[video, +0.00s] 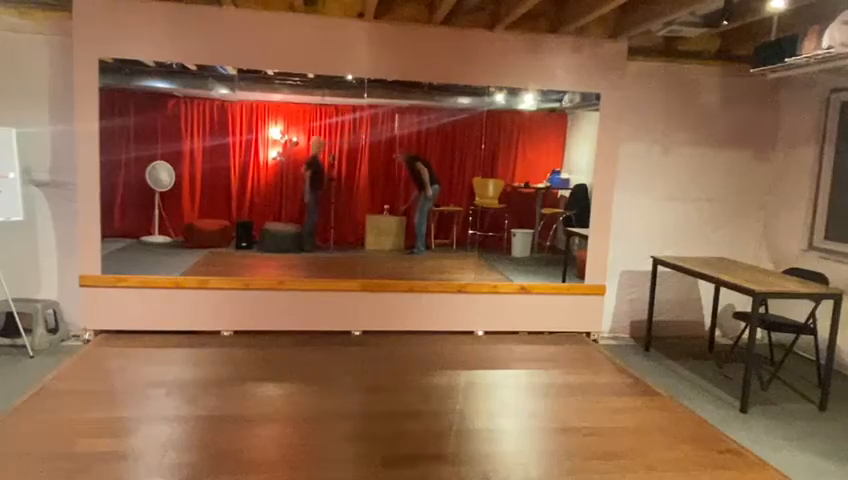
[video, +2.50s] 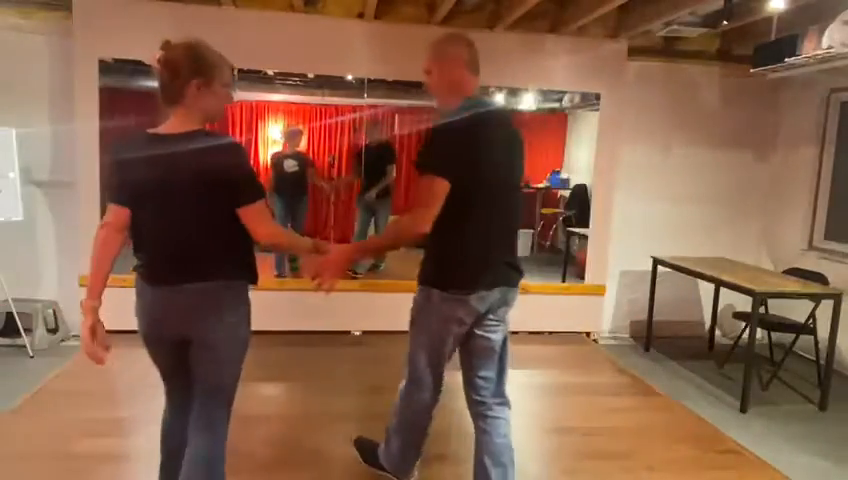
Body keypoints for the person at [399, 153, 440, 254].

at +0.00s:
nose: (399, 160)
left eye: (399, 157)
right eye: (397, 158)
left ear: (404, 156)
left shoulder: (413, 160)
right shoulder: (411, 166)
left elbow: (424, 170)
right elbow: (418, 190)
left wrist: (428, 188)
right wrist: (407, 205)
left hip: (431, 187)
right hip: (426, 188)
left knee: (421, 216)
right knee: (421, 216)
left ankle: (420, 246)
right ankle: (420, 246)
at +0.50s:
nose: (404, 148)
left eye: (405, 145)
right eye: (403, 145)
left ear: (412, 144)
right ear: (408, 146)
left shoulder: (420, 156)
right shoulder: (414, 158)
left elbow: (429, 172)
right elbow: (419, 175)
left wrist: (428, 191)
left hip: (424, 193)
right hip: (420, 192)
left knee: (416, 219)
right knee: (417, 219)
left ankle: (420, 246)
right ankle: (420, 245)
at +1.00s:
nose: (405, 144)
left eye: (408, 141)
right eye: (404, 142)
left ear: (414, 141)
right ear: (402, 143)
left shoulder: (422, 156)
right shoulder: (405, 157)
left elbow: (429, 177)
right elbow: (401, 177)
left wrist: (426, 197)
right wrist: (388, 186)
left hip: (420, 195)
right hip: (407, 193)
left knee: (420, 223)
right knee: (400, 221)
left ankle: (421, 247)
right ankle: (395, 247)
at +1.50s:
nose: (397, 137)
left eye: (400, 133)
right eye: (395, 133)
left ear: (405, 133)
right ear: (392, 134)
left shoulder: (412, 149)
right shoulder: (390, 150)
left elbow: (420, 171)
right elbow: (386, 170)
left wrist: (412, 191)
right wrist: (380, 183)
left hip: (405, 190)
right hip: (392, 189)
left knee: (398, 219)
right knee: (392, 220)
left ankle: (400, 249)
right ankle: (394, 250)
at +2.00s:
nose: (386, 134)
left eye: (389, 130)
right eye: (384, 129)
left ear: (394, 131)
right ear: (380, 130)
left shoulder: (399, 148)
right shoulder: (376, 148)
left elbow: (408, 172)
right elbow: (370, 170)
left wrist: (407, 194)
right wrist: (354, 178)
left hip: (393, 192)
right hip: (377, 191)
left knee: (386, 223)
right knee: (372, 220)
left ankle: (384, 246)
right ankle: (379, 244)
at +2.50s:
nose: (371, 134)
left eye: (374, 130)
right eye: (369, 130)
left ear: (380, 131)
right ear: (365, 132)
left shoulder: (387, 148)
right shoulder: (363, 151)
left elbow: (391, 175)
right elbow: (356, 174)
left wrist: (375, 190)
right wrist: (337, 183)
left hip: (382, 195)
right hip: (365, 194)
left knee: (380, 230)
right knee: (360, 230)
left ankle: (379, 260)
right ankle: (354, 262)